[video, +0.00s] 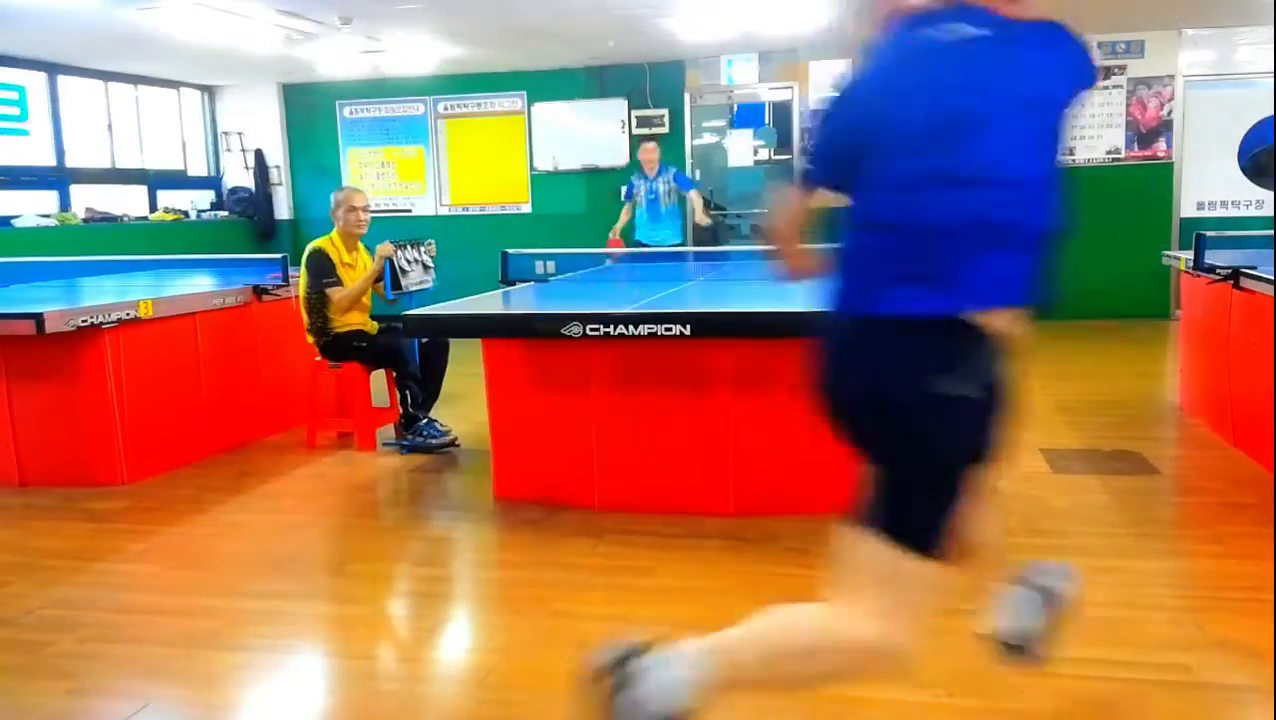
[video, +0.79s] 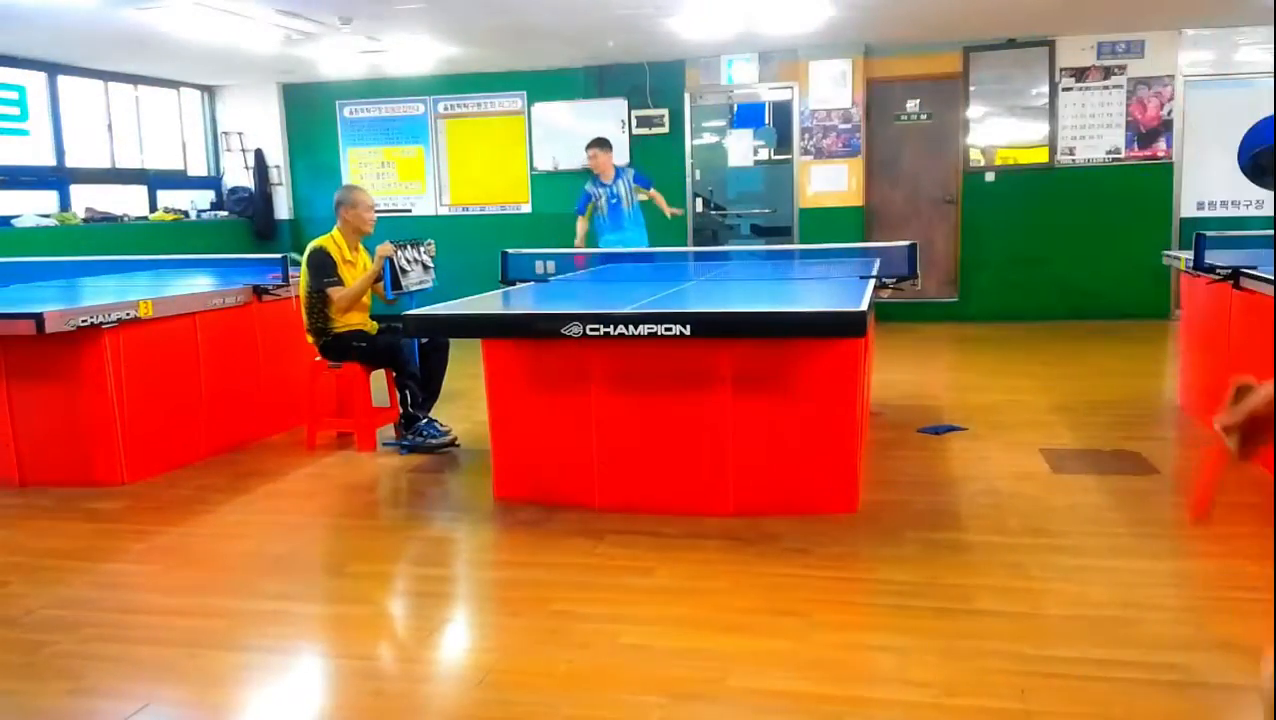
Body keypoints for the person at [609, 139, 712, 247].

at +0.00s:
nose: (649, 165)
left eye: (652, 161)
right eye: (645, 162)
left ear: (659, 159)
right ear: (639, 161)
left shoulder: (672, 175)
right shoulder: (635, 180)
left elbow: (693, 193)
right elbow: (628, 207)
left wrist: (699, 214)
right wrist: (617, 228)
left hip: (671, 243)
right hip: (644, 243)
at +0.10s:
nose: (641, 168)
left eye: (645, 162)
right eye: (637, 163)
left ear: (651, 164)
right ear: (630, 166)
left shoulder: (666, 186)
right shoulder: (627, 191)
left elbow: (683, 212)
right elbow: (624, 217)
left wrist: (681, 234)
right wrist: (612, 239)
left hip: (664, 250)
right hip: (636, 251)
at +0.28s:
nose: (617, 184)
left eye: (620, 178)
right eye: (613, 180)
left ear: (629, 179)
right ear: (607, 183)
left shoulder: (644, 198)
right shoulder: (614, 206)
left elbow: (658, 224)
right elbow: (613, 232)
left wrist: (646, 243)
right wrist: (594, 241)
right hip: (629, 258)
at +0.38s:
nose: (601, 186)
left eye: (605, 180)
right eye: (597, 182)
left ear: (615, 180)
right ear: (593, 186)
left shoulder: (630, 198)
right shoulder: (605, 206)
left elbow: (643, 223)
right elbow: (599, 231)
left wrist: (622, 232)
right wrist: (574, 230)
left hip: (643, 255)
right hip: (623, 255)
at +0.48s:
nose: (586, 177)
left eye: (590, 172)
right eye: (583, 174)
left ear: (603, 170)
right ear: (581, 177)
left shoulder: (621, 188)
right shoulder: (590, 197)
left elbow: (640, 208)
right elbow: (574, 216)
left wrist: (622, 215)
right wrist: (552, 219)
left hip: (639, 255)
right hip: (613, 257)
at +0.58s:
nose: (585, 168)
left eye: (589, 162)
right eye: (582, 164)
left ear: (601, 161)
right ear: (580, 166)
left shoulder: (621, 177)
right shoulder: (585, 187)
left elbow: (652, 190)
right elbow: (573, 206)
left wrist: (644, 194)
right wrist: (560, 217)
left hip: (637, 247)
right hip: (609, 250)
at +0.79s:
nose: (590, 163)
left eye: (594, 157)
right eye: (589, 158)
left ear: (609, 156)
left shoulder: (629, 175)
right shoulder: (591, 187)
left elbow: (653, 193)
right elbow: (582, 217)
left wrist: (666, 209)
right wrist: (580, 240)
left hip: (637, 245)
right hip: (609, 248)